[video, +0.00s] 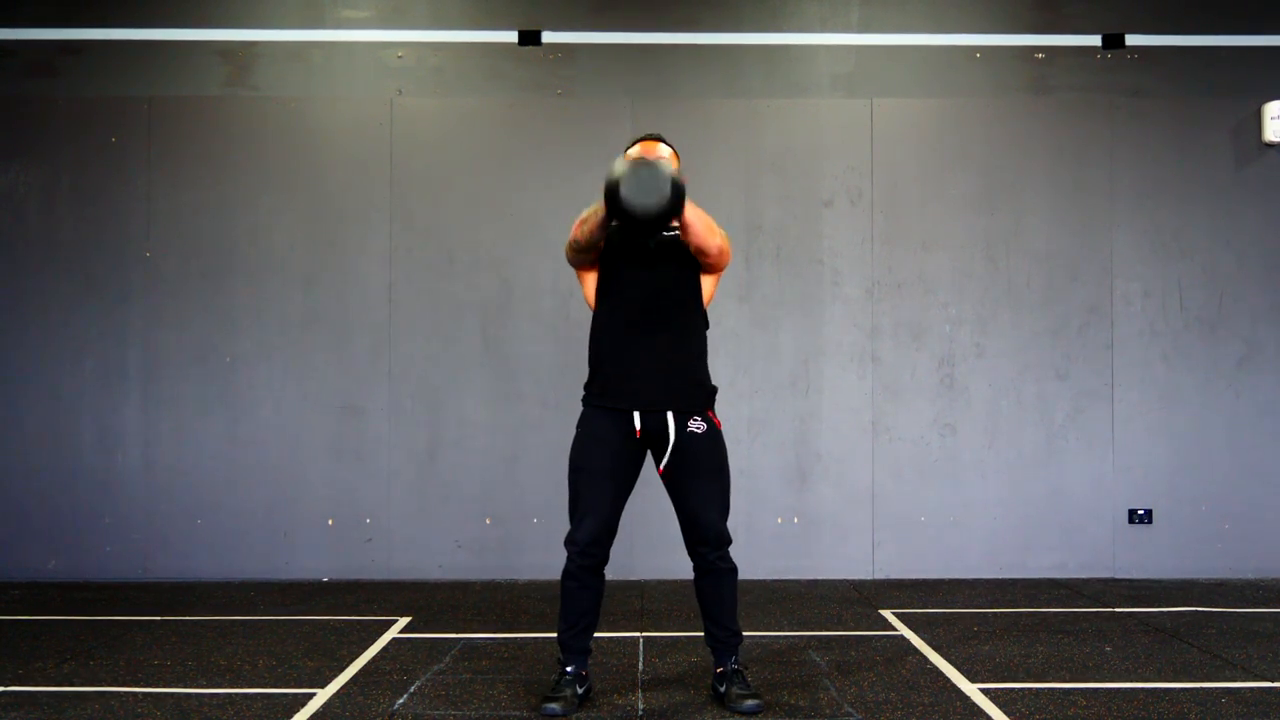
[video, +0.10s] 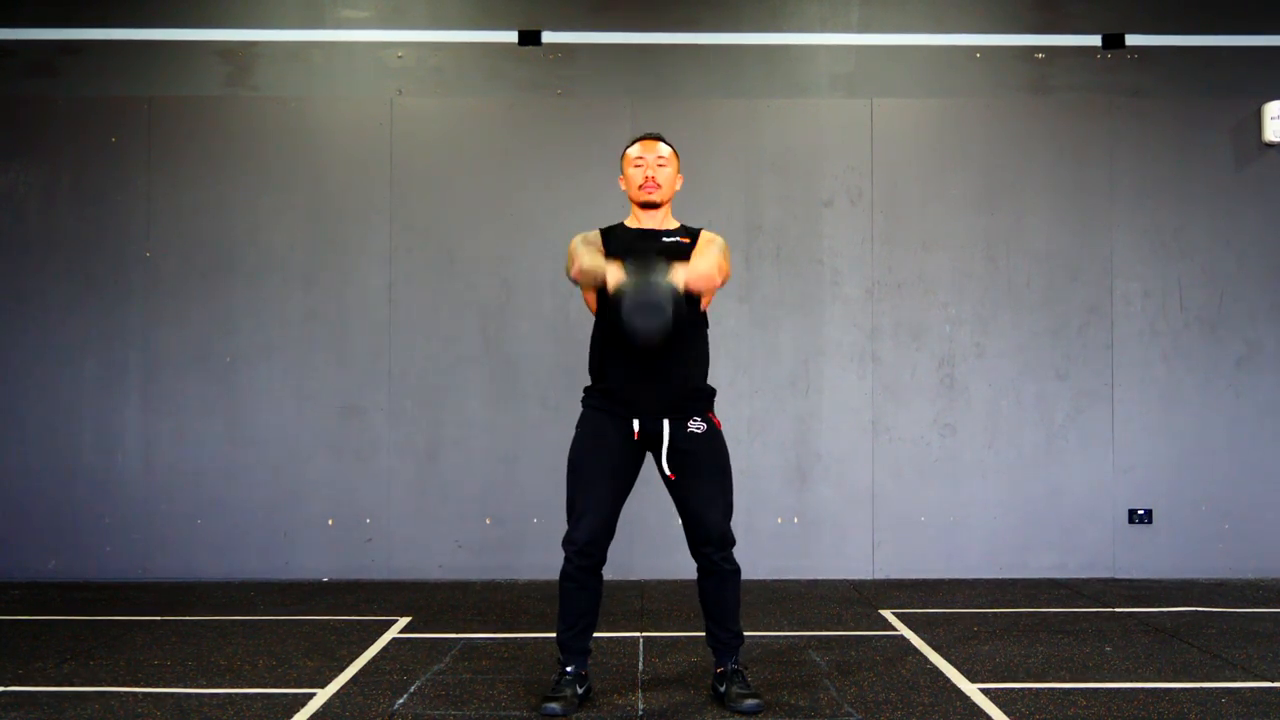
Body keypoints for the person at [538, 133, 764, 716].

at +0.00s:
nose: (651, 172)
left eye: (662, 164)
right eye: (640, 162)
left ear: (679, 181)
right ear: (619, 178)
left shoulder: (701, 250)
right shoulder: (596, 248)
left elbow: (717, 251)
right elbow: (580, 241)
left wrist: (674, 192)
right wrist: (615, 197)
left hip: (688, 414)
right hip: (610, 413)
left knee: (712, 544)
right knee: (585, 545)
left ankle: (729, 670)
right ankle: (572, 672)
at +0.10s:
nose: (650, 170)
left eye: (661, 162)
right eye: (639, 163)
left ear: (679, 179)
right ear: (622, 181)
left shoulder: (704, 242)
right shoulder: (596, 242)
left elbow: (707, 274)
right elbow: (585, 268)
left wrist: (668, 277)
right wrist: (617, 277)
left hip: (687, 414)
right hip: (610, 413)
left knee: (715, 543)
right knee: (583, 543)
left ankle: (729, 670)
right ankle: (572, 672)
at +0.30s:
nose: (649, 180)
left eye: (660, 171)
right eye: (636, 172)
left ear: (678, 188)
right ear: (619, 189)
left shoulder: (710, 267)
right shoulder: (587, 268)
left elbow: (703, 360)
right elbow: (594, 362)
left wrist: (676, 434)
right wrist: (620, 433)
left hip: (689, 423)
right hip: (607, 423)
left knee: (739, 545)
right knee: (561, 547)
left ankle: (731, 671)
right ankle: (569, 674)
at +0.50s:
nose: (646, 234)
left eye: (659, 222)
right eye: (633, 223)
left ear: (677, 231)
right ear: (617, 233)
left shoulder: (712, 306)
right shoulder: (586, 309)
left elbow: (703, 401)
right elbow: (595, 405)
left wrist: (681, 472)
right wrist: (621, 474)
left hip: (690, 445)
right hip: (609, 445)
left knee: (750, 535)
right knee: (552, 537)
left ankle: (734, 668)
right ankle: (568, 673)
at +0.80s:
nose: (650, 196)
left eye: (662, 185)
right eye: (637, 186)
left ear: (678, 196)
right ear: (620, 198)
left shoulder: (713, 274)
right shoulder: (587, 280)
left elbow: (704, 366)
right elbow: (598, 370)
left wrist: (683, 442)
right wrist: (625, 442)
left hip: (693, 433)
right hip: (611, 432)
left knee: (743, 554)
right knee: (563, 554)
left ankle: (732, 673)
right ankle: (571, 675)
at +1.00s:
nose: (655, 180)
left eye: (667, 172)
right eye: (644, 172)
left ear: (682, 189)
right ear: (625, 189)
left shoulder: (706, 251)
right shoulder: (597, 250)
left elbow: (707, 283)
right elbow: (594, 276)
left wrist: (671, 287)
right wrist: (622, 284)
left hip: (690, 415)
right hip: (612, 413)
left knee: (716, 543)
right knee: (583, 544)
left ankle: (729, 670)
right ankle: (573, 672)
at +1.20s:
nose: (651, 170)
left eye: (662, 160)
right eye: (639, 162)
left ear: (679, 169)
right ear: (621, 173)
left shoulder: (705, 248)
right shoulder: (600, 245)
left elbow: (707, 224)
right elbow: (584, 222)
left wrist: (683, 167)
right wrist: (614, 167)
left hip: (687, 412)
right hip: (610, 411)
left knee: (709, 544)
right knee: (586, 545)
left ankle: (728, 669)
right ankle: (573, 672)